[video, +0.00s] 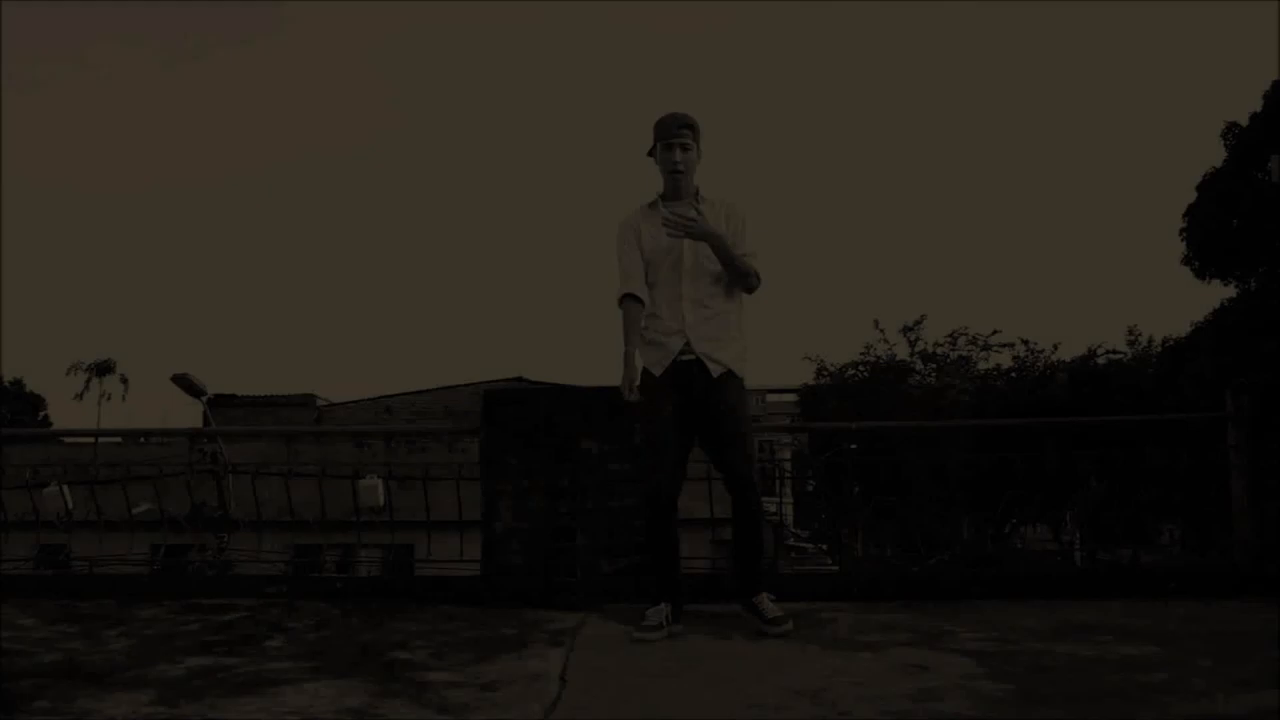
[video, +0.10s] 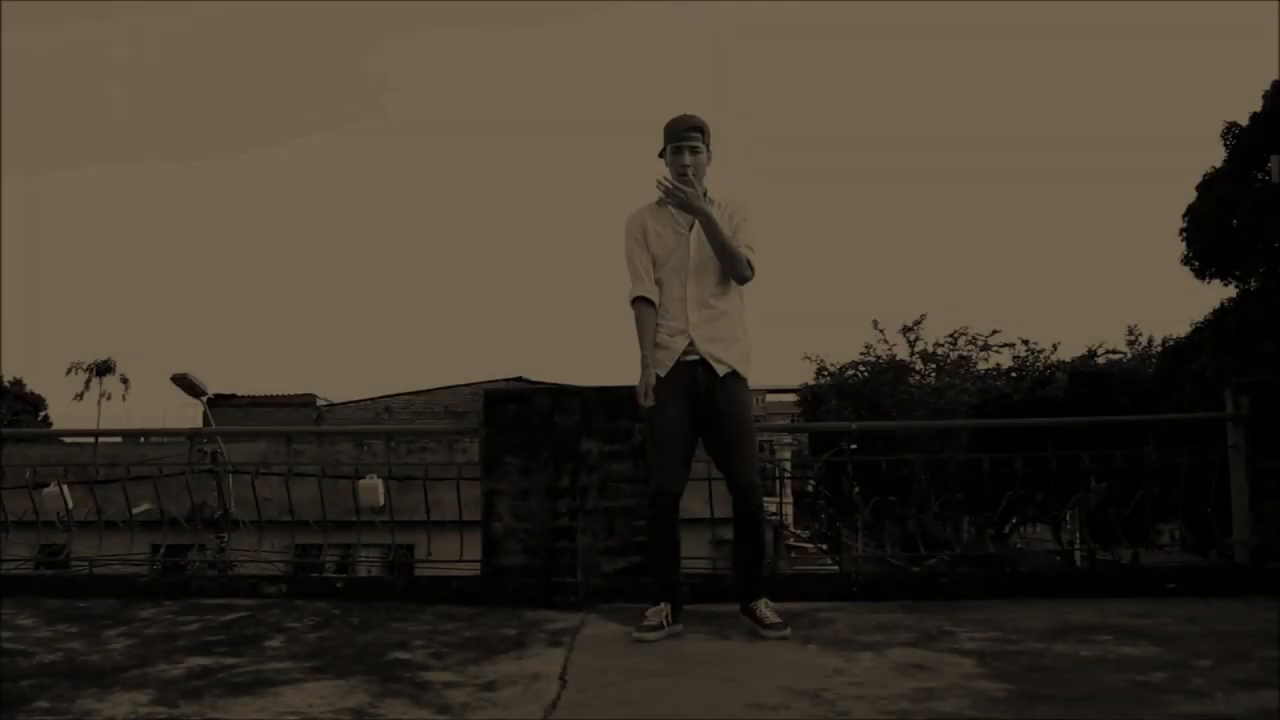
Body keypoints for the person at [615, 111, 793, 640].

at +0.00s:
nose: (677, 156)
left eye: (685, 148)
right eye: (668, 149)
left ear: (699, 155)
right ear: (655, 157)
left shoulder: (726, 216)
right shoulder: (637, 225)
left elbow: (749, 283)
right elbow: (632, 297)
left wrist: (711, 237)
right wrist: (631, 361)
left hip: (720, 366)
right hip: (661, 368)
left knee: (743, 481)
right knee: (659, 487)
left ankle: (755, 592)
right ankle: (662, 600)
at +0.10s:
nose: (686, 161)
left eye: (694, 152)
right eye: (677, 152)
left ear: (709, 158)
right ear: (663, 159)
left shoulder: (732, 213)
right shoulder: (643, 221)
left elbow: (742, 272)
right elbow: (643, 297)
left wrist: (704, 212)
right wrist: (646, 364)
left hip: (726, 365)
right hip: (669, 365)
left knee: (747, 485)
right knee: (664, 489)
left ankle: (754, 599)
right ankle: (666, 604)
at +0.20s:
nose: (687, 151)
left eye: (696, 144)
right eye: (679, 145)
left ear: (716, 149)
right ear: (670, 154)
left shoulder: (742, 201)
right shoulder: (651, 215)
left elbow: (750, 249)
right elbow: (624, 287)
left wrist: (708, 190)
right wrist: (638, 344)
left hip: (731, 360)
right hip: (671, 361)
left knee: (752, 482)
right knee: (650, 475)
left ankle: (756, 597)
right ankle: (659, 590)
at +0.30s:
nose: (682, 144)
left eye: (691, 137)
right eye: (674, 139)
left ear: (711, 143)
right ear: (665, 149)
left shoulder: (736, 194)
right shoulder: (648, 207)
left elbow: (752, 236)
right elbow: (601, 265)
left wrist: (705, 182)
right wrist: (618, 313)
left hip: (736, 354)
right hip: (675, 354)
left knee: (764, 471)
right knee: (648, 464)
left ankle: (763, 588)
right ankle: (646, 577)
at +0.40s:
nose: (680, 154)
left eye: (689, 147)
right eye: (672, 149)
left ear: (708, 152)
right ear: (663, 156)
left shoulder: (735, 200)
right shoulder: (644, 213)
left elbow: (749, 244)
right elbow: (584, 254)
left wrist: (700, 191)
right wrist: (594, 290)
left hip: (738, 363)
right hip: (677, 363)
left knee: (774, 472)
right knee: (654, 477)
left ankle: (769, 583)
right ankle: (640, 587)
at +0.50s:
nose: (691, 182)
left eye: (700, 174)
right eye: (683, 175)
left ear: (717, 177)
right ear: (671, 179)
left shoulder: (741, 229)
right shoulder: (651, 241)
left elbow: (749, 274)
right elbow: (605, 280)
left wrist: (710, 218)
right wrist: (579, 293)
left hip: (739, 380)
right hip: (677, 381)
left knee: (778, 491)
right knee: (662, 498)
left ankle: (781, 600)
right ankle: (645, 602)